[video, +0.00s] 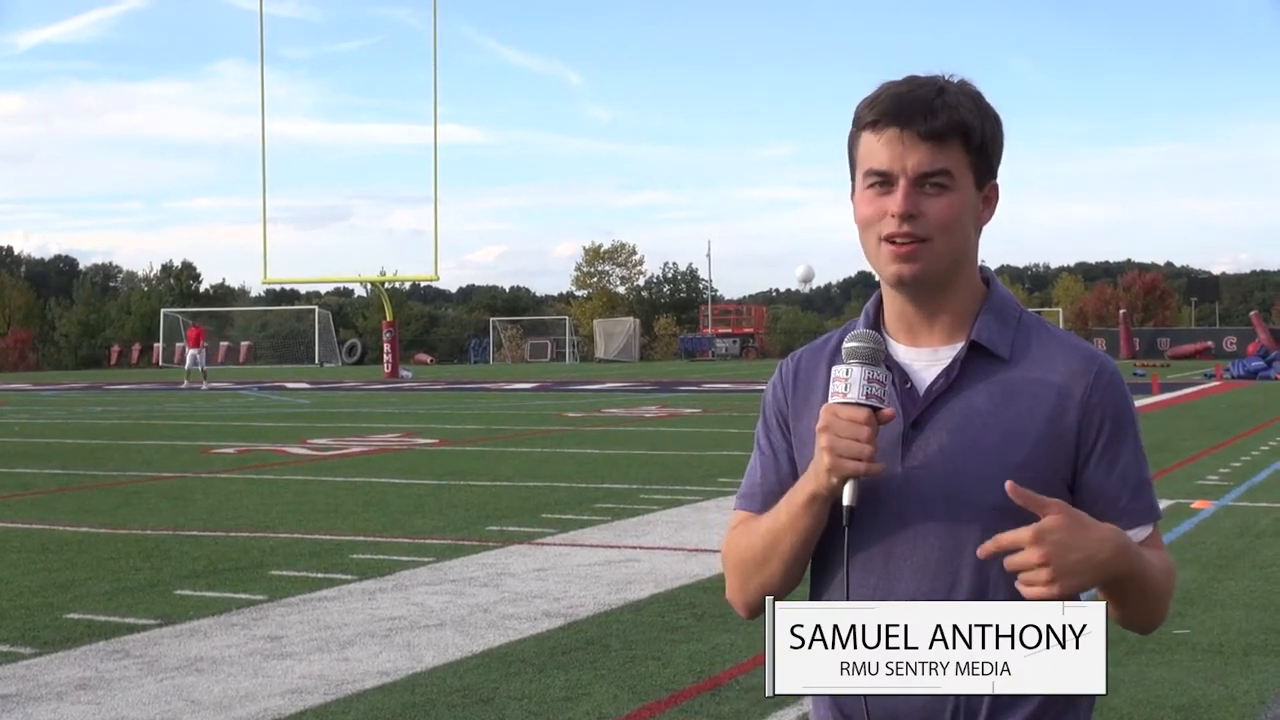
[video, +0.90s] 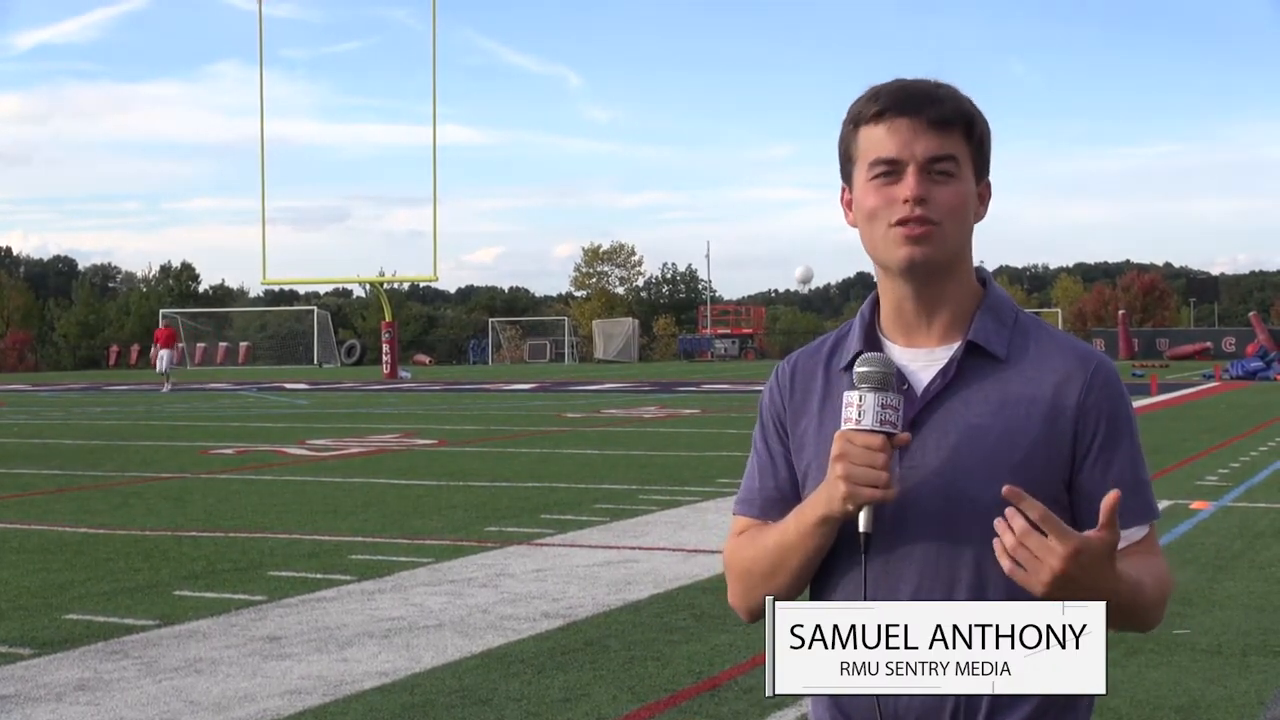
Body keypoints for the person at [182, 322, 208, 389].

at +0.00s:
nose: (193, 323)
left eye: (194, 321)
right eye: (192, 321)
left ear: (197, 322)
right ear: (190, 322)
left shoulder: (200, 330)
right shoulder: (188, 331)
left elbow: (202, 339)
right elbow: (187, 340)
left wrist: (201, 347)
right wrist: (187, 348)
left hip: (199, 349)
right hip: (191, 349)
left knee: (202, 367)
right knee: (187, 367)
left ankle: (205, 383)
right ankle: (186, 382)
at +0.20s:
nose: (184, 323)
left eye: (186, 321)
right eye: (183, 321)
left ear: (188, 322)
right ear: (182, 322)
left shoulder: (192, 330)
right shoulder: (181, 331)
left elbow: (195, 341)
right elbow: (181, 341)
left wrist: (192, 349)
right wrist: (181, 349)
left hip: (191, 351)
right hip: (183, 351)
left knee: (194, 369)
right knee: (181, 368)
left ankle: (202, 383)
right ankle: (181, 383)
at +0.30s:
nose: (181, 322)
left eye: (182, 321)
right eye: (180, 321)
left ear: (184, 322)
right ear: (178, 322)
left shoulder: (188, 330)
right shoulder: (176, 331)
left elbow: (192, 341)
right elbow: (176, 342)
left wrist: (192, 351)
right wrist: (175, 352)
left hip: (186, 350)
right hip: (178, 350)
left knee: (187, 368)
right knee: (179, 368)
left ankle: (196, 380)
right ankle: (180, 384)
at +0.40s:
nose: (178, 322)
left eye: (179, 320)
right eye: (177, 321)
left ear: (182, 321)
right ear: (175, 321)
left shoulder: (185, 329)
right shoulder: (173, 330)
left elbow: (190, 340)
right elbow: (172, 341)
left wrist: (191, 350)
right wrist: (170, 350)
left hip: (184, 349)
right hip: (176, 349)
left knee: (182, 367)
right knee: (178, 368)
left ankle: (189, 381)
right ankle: (180, 384)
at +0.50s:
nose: (175, 323)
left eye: (177, 321)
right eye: (174, 321)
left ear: (179, 322)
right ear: (172, 322)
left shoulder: (183, 330)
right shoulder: (170, 330)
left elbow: (187, 340)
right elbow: (166, 342)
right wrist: (164, 350)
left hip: (181, 349)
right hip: (174, 349)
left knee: (176, 366)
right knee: (176, 367)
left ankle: (179, 384)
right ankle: (179, 384)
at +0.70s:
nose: (170, 324)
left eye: (172, 322)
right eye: (169, 322)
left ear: (175, 323)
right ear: (168, 323)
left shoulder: (177, 331)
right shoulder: (165, 331)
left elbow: (183, 340)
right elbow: (161, 340)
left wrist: (182, 345)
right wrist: (159, 345)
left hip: (175, 350)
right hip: (168, 350)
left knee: (169, 367)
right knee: (173, 368)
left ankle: (169, 383)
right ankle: (178, 383)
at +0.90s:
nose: (164, 324)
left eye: (166, 322)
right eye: (163, 322)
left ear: (168, 323)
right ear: (162, 323)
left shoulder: (172, 331)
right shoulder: (158, 331)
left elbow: (176, 343)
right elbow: (155, 343)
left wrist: (176, 355)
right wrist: (153, 354)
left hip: (168, 350)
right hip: (160, 350)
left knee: (165, 369)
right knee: (159, 370)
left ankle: (166, 385)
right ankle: (169, 382)